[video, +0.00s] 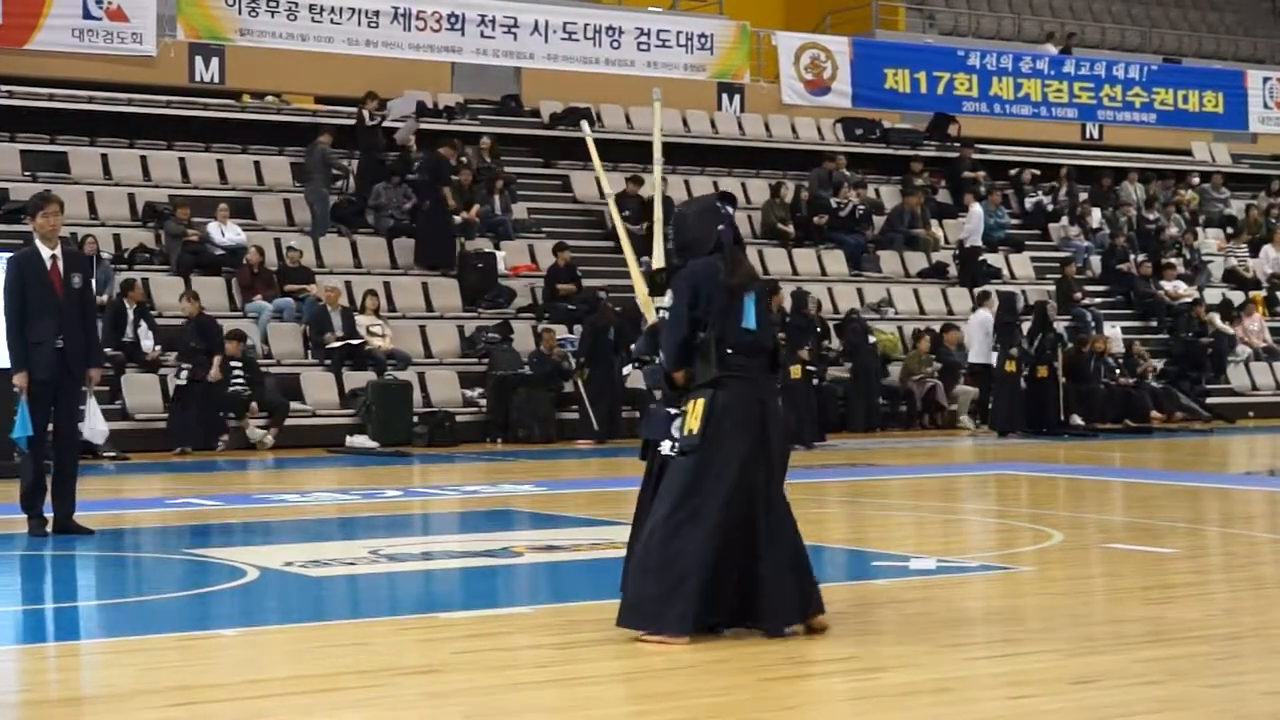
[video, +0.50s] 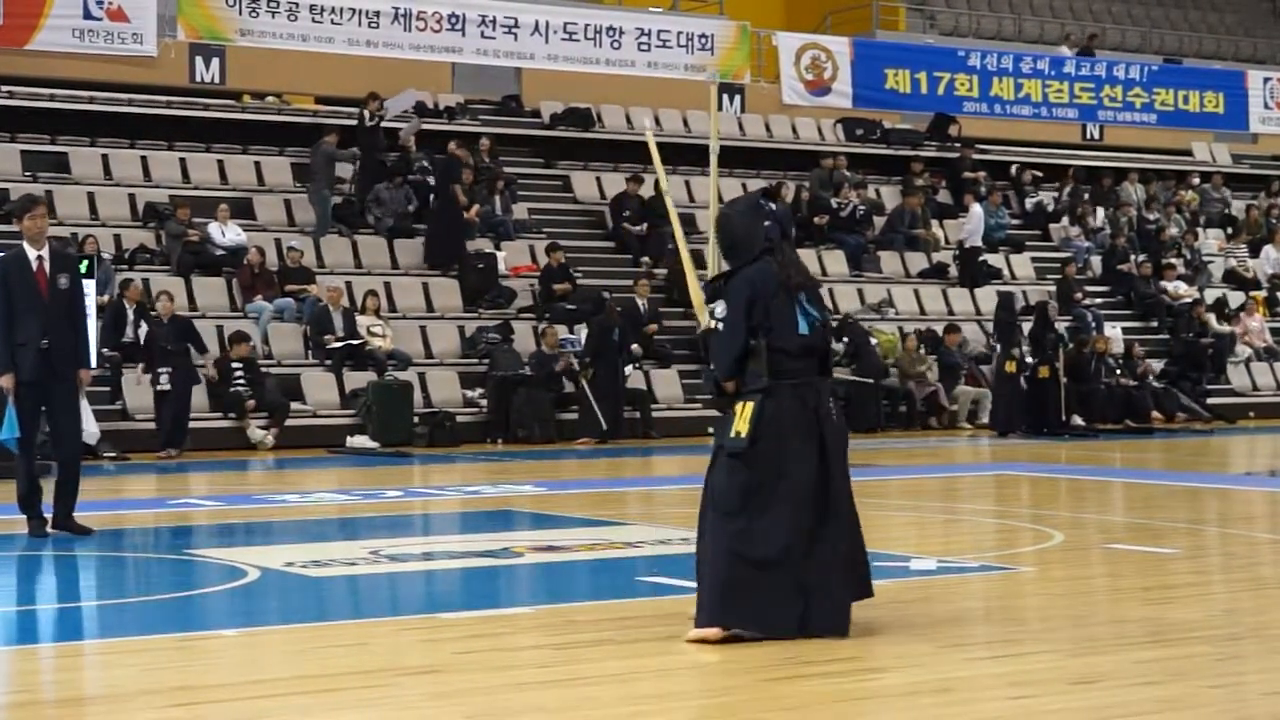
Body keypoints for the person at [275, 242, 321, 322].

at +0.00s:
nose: (292, 254)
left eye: (295, 251)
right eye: (289, 251)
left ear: (300, 255)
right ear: (286, 254)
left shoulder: (307, 270)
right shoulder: (282, 270)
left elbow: (313, 287)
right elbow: (284, 288)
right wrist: (305, 287)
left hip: (305, 294)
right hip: (289, 295)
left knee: (311, 299)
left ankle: (305, 325)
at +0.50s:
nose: (293, 255)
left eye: (296, 251)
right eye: (290, 252)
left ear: (301, 255)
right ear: (287, 254)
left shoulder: (308, 271)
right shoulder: (282, 270)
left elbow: (314, 288)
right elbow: (285, 288)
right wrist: (305, 287)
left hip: (305, 294)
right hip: (290, 296)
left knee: (312, 299)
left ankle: (305, 325)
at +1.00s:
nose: (294, 255)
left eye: (297, 251)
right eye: (292, 251)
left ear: (301, 254)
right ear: (288, 254)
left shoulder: (308, 271)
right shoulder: (282, 270)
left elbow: (314, 288)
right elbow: (285, 288)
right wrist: (306, 287)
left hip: (305, 295)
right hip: (290, 296)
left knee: (312, 300)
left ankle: (306, 325)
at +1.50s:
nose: (301, 254)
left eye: (302, 252)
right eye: (298, 252)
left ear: (304, 253)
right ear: (290, 254)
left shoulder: (309, 270)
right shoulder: (283, 270)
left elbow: (314, 287)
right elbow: (286, 288)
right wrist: (306, 287)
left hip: (306, 295)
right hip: (291, 296)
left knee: (313, 300)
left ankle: (306, 325)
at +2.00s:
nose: (302, 254)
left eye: (303, 251)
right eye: (299, 252)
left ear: (304, 253)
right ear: (292, 254)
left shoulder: (309, 270)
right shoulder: (284, 270)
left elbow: (315, 287)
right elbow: (287, 288)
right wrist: (307, 287)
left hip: (307, 294)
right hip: (292, 295)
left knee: (314, 299)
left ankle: (307, 324)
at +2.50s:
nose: (302, 254)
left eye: (303, 251)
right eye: (299, 251)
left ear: (304, 252)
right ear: (292, 254)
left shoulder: (309, 270)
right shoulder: (284, 270)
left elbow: (316, 287)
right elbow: (287, 287)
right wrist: (307, 287)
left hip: (307, 294)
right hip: (292, 296)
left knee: (314, 299)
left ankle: (307, 325)